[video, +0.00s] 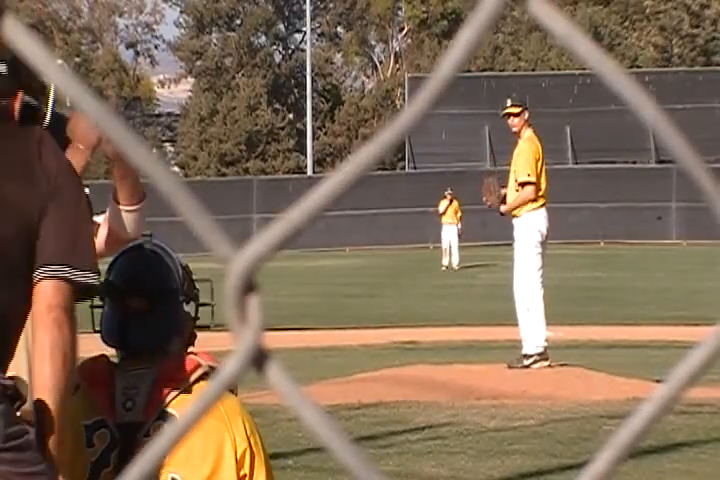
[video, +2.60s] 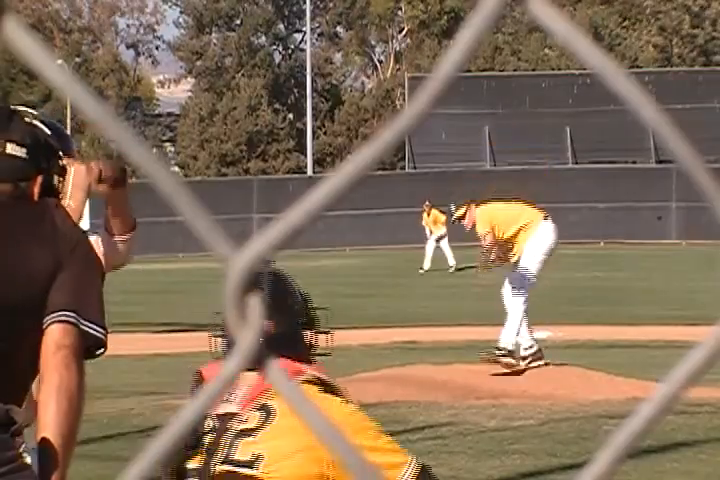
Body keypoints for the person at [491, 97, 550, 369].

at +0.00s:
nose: (511, 121)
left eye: (515, 115)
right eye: (508, 117)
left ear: (526, 115)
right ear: (508, 119)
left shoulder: (527, 145)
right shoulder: (527, 142)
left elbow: (529, 190)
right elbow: (523, 184)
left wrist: (507, 206)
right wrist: (505, 197)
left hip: (530, 216)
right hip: (528, 215)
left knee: (527, 282)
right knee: (526, 282)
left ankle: (534, 348)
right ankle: (533, 346)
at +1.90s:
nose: (498, 135)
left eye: (500, 129)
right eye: (495, 132)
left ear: (512, 126)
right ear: (503, 131)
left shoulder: (519, 148)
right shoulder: (525, 147)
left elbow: (515, 198)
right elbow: (520, 197)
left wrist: (489, 207)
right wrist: (493, 201)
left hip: (530, 218)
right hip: (541, 217)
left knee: (490, 257)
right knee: (525, 282)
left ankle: (513, 311)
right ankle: (533, 346)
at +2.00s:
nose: (494, 139)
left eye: (496, 133)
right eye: (492, 136)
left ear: (508, 128)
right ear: (501, 133)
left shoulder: (516, 150)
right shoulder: (520, 148)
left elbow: (509, 199)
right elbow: (512, 196)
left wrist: (480, 199)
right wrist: (483, 199)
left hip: (531, 214)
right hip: (538, 213)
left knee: (484, 228)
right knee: (528, 282)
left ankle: (508, 282)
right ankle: (531, 346)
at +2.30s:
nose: (477, 165)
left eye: (478, 159)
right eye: (474, 162)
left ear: (488, 152)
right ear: (486, 155)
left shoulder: (497, 167)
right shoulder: (505, 167)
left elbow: (493, 212)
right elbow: (504, 216)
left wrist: (472, 238)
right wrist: (485, 241)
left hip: (536, 217)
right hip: (547, 215)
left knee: (498, 252)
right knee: (530, 280)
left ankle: (544, 266)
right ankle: (533, 346)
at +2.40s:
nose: (470, 185)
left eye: (471, 178)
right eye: (467, 182)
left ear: (482, 170)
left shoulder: (491, 183)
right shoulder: (498, 181)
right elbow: (512, 233)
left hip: (540, 219)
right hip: (546, 218)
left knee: (509, 268)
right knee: (532, 284)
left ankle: (542, 307)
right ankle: (532, 348)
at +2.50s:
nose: (467, 208)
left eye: (466, 202)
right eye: (463, 205)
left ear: (474, 194)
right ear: (475, 194)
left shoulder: (486, 203)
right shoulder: (490, 198)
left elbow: (486, 242)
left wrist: (479, 276)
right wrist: (538, 260)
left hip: (542, 221)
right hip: (543, 219)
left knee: (516, 279)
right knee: (519, 279)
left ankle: (526, 347)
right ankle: (527, 345)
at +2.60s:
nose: (463, 224)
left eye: (462, 218)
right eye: (460, 221)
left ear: (470, 209)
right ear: (471, 209)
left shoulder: (481, 214)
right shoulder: (486, 213)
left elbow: (488, 243)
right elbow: (508, 249)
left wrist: (483, 263)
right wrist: (494, 260)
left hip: (540, 230)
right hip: (536, 232)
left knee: (517, 287)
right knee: (510, 290)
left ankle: (506, 346)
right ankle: (528, 347)